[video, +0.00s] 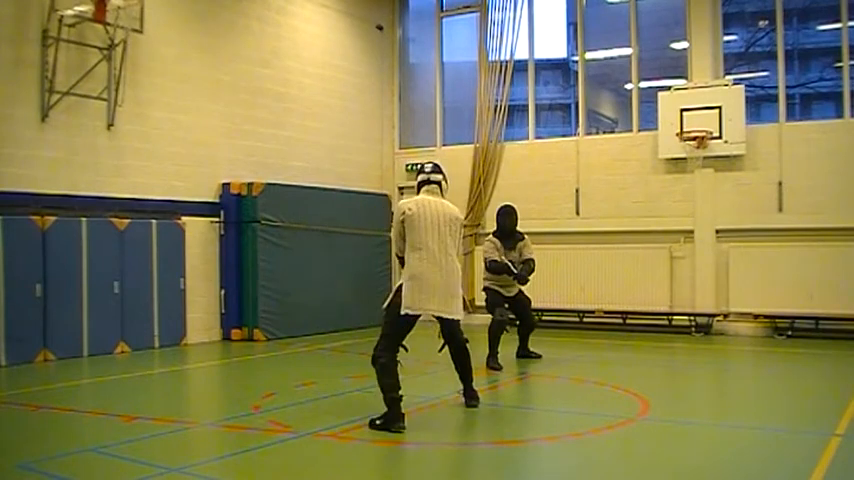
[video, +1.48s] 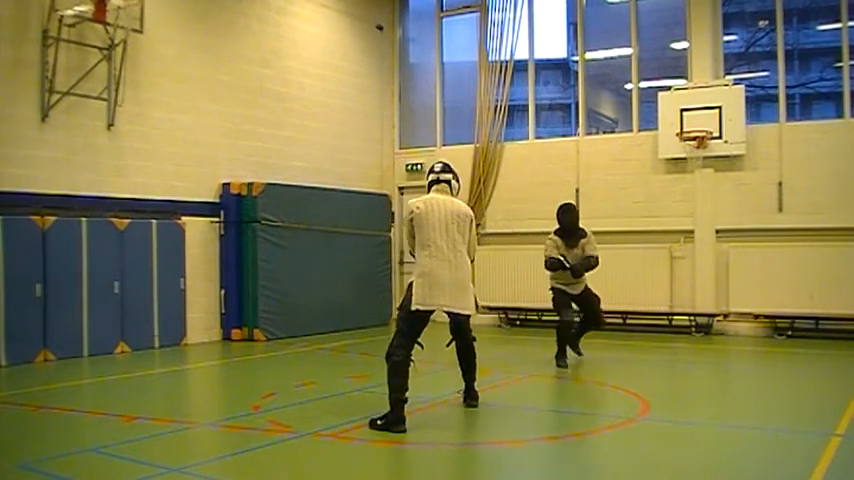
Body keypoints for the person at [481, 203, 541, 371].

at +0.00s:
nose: (509, 222)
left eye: (512, 218)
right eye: (505, 218)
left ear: (516, 220)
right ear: (498, 221)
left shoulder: (522, 240)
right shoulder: (491, 242)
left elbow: (529, 261)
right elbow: (491, 265)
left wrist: (524, 273)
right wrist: (509, 268)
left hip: (514, 289)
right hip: (494, 288)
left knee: (528, 320)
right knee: (500, 317)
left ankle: (523, 349)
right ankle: (493, 355)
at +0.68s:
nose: (523, 222)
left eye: (526, 218)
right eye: (519, 217)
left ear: (531, 220)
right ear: (512, 220)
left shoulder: (536, 240)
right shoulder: (505, 241)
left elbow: (542, 260)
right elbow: (503, 263)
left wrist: (536, 272)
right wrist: (521, 266)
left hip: (526, 289)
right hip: (506, 288)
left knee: (541, 318)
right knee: (508, 320)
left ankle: (548, 348)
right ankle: (494, 357)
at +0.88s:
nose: (538, 219)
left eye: (541, 215)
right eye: (534, 215)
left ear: (547, 218)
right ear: (528, 218)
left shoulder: (553, 238)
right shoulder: (521, 239)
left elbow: (558, 259)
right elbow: (518, 260)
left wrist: (549, 268)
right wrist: (531, 263)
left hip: (544, 288)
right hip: (524, 288)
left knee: (559, 319)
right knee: (519, 320)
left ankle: (553, 349)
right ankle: (500, 355)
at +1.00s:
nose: (545, 218)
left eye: (548, 214)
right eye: (541, 214)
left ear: (554, 216)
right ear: (536, 217)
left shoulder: (562, 236)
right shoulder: (530, 237)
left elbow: (568, 258)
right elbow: (526, 260)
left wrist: (557, 267)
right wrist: (544, 266)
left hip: (553, 286)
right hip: (534, 285)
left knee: (566, 321)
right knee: (533, 314)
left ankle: (553, 350)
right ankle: (516, 352)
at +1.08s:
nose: (550, 218)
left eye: (553, 214)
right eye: (546, 214)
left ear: (559, 215)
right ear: (540, 217)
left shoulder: (567, 235)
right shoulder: (535, 236)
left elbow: (573, 256)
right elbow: (531, 259)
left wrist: (562, 267)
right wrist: (549, 267)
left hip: (558, 285)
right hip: (539, 283)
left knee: (568, 323)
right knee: (540, 310)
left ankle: (554, 349)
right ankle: (533, 348)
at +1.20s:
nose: (556, 218)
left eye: (560, 214)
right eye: (553, 214)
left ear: (565, 215)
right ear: (546, 217)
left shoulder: (573, 235)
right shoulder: (541, 237)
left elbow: (579, 257)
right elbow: (536, 259)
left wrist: (565, 267)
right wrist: (553, 268)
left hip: (566, 287)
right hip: (547, 286)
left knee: (571, 324)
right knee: (551, 318)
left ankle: (553, 348)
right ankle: (554, 352)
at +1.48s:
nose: (571, 225)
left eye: (574, 221)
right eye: (567, 222)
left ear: (577, 220)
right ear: (560, 222)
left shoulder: (586, 236)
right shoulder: (553, 240)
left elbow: (593, 259)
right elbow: (549, 263)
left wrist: (580, 266)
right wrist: (562, 263)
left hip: (579, 286)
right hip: (560, 287)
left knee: (595, 317)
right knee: (566, 320)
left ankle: (575, 337)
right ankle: (561, 353)